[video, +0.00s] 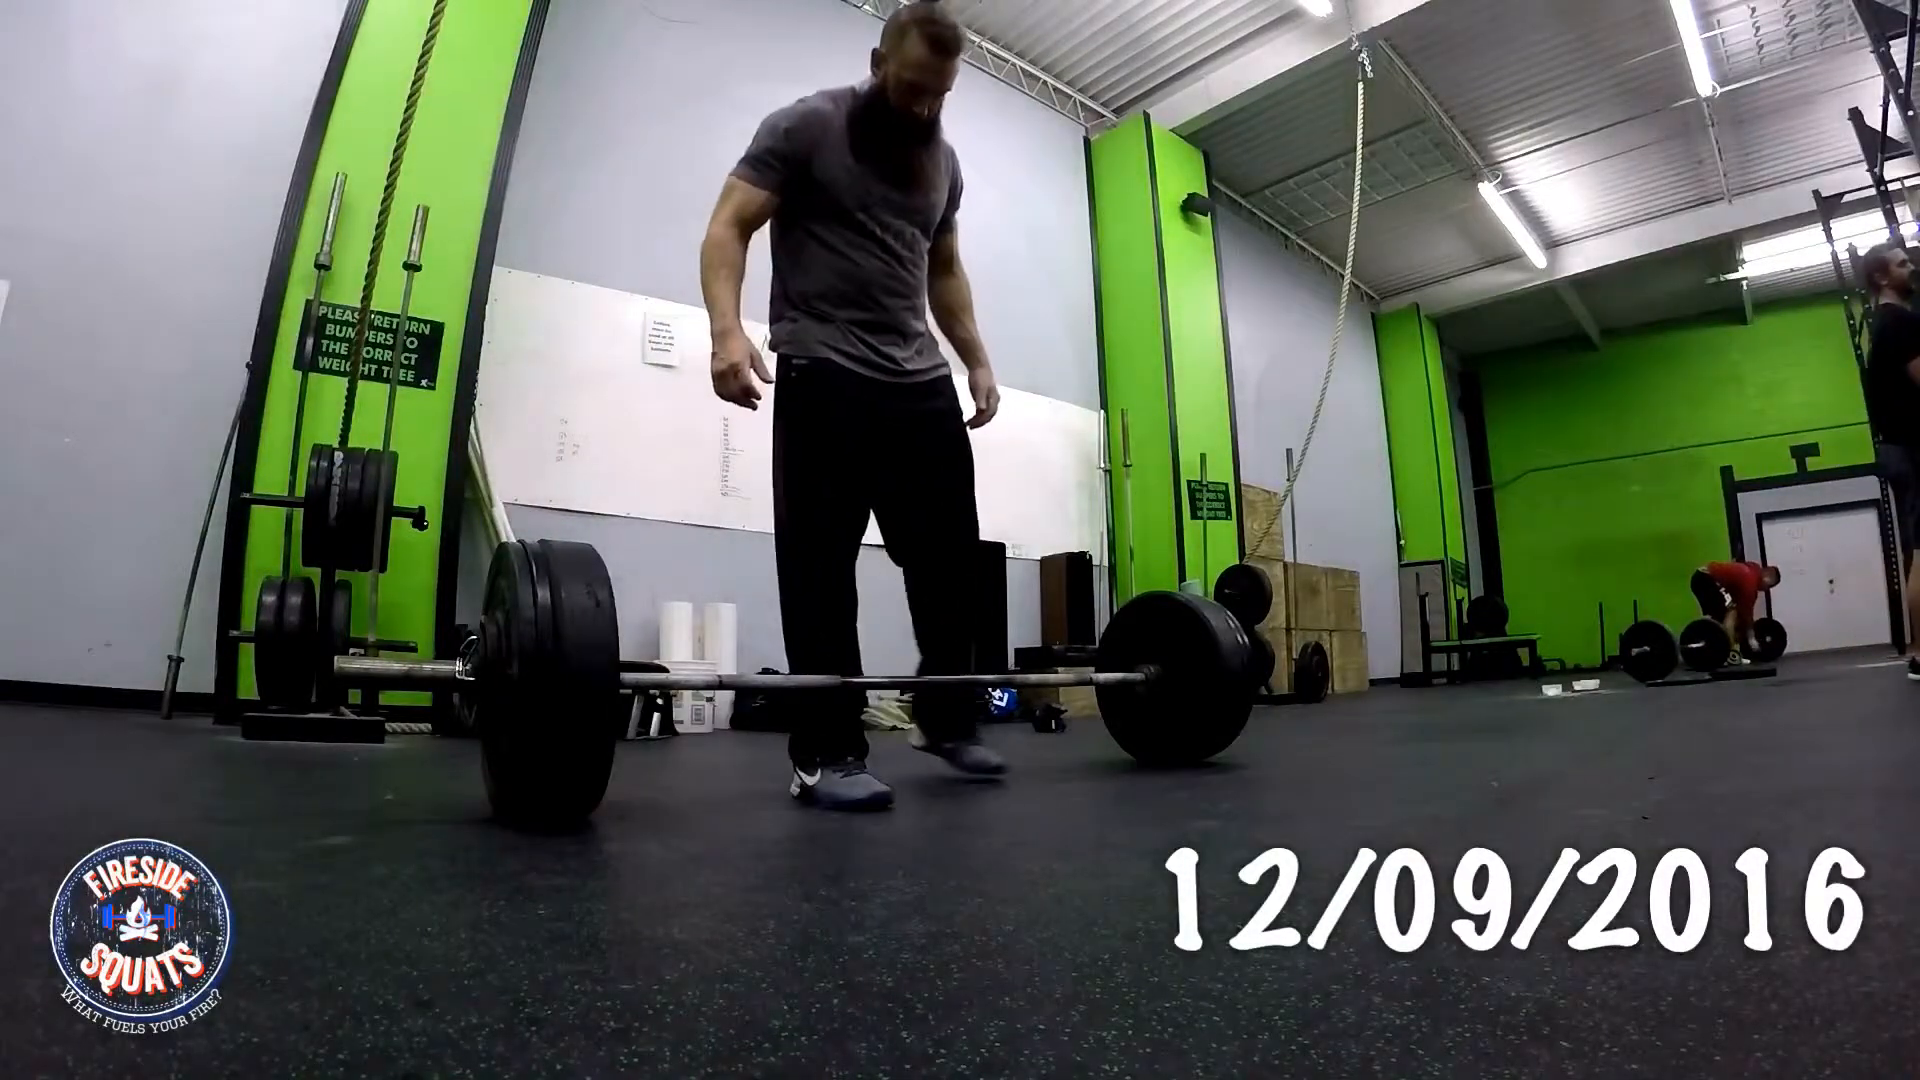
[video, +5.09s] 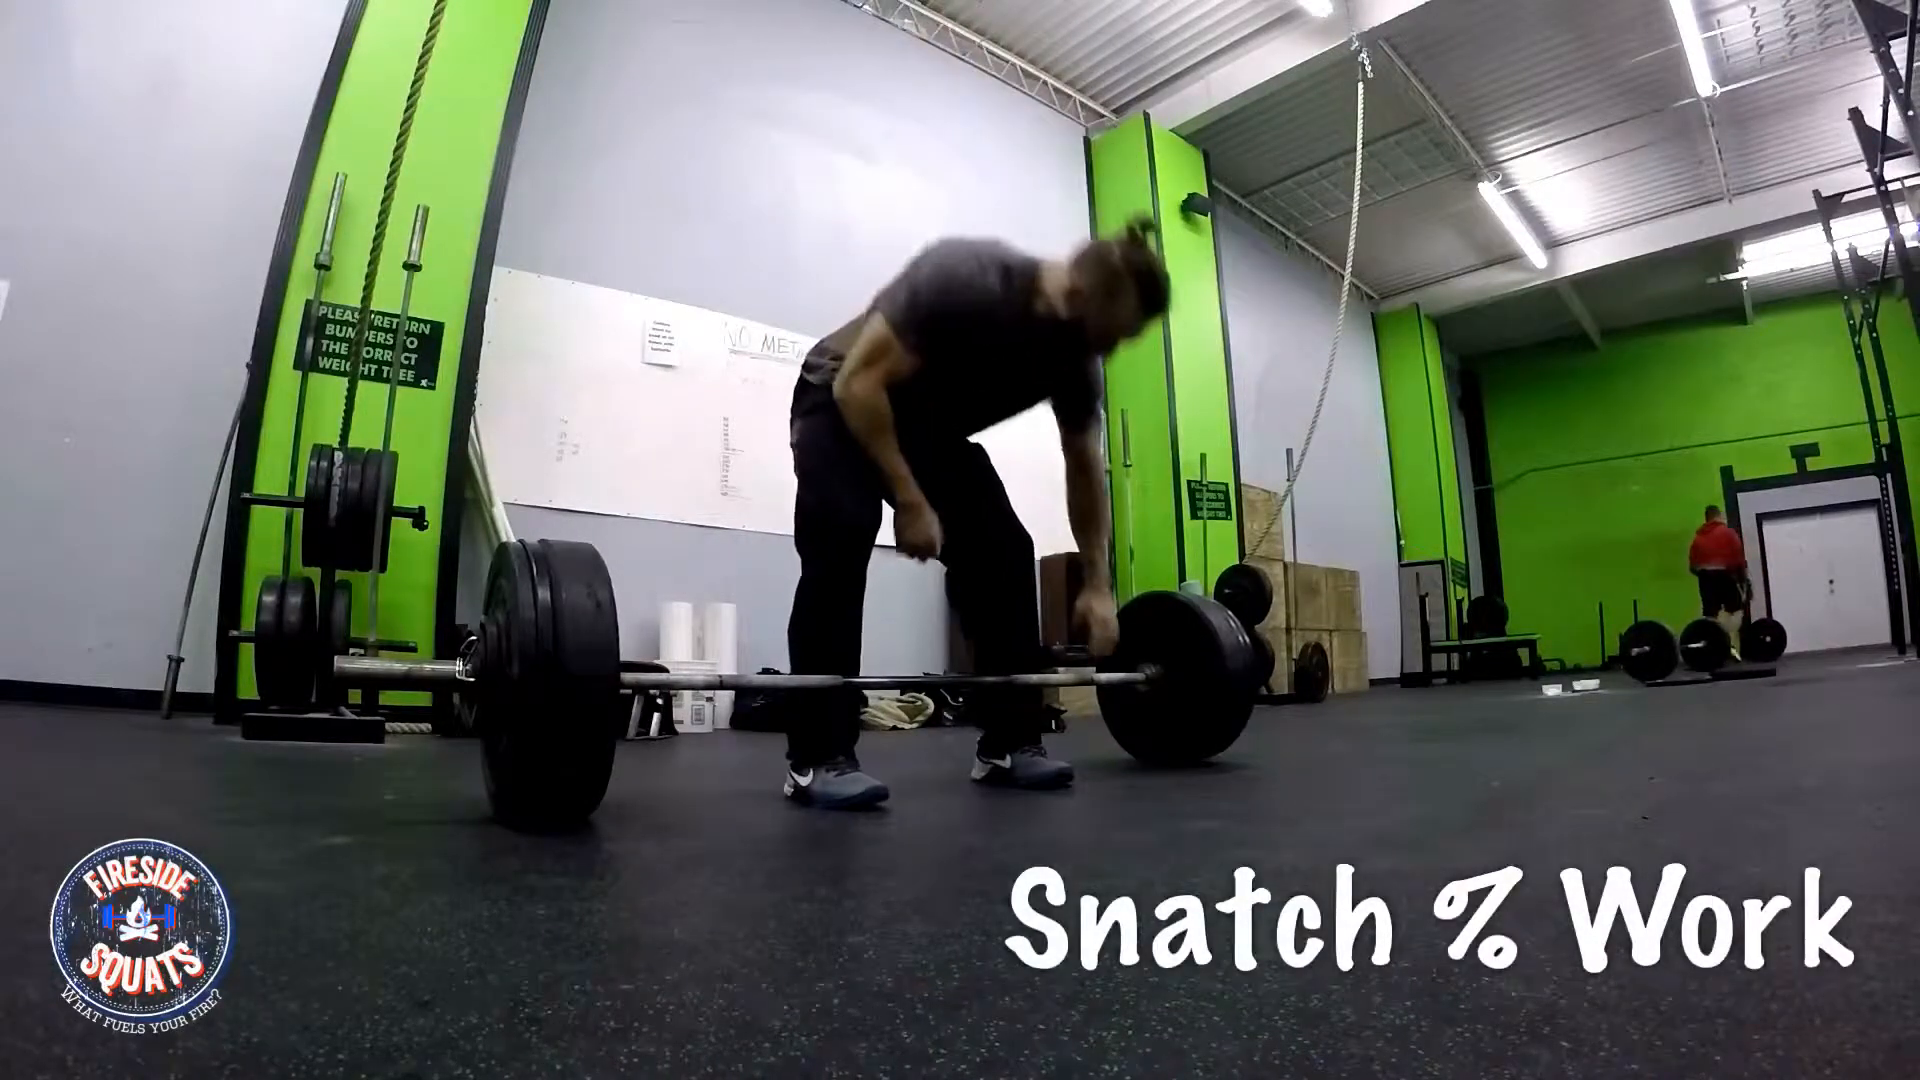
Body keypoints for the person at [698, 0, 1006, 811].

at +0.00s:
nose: (927, 104)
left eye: (940, 91)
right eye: (914, 87)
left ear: (953, 77)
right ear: (880, 60)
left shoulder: (941, 158)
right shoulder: (807, 126)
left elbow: (945, 269)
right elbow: (729, 226)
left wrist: (977, 361)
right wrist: (726, 329)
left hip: (916, 383)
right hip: (820, 377)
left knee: (947, 556)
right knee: (820, 569)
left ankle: (950, 725)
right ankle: (826, 758)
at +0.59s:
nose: (1029, 136)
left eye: (1044, 127)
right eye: (1023, 116)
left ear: (1058, 122)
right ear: (995, 87)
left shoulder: (1033, 201)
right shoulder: (908, 134)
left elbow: (1029, 305)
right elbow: (817, 213)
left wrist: (1052, 397)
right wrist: (789, 315)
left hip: (964, 396)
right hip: (868, 378)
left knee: (978, 570)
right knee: (841, 565)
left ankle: (1004, 748)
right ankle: (824, 756)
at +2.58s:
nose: (1009, 50)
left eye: (1017, 41)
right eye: (995, 34)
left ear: (1020, 57)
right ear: (951, 40)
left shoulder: (1007, 168)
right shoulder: (885, 112)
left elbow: (1010, 285)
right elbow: (809, 204)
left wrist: (1053, 372)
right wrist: (816, 302)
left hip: (967, 390)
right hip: (870, 373)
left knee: (980, 569)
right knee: (843, 564)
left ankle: (1004, 747)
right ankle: (820, 758)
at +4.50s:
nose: (996, 66)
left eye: (1004, 59)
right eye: (982, 51)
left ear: (1006, 77)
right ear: (939, 58)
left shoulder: (1009, 177)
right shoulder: (880, 125)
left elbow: (1016, 280)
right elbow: (792, 210)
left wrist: (1022, 342)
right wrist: (837, 290)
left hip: (959, 388)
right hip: (865, 375)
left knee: (994, 551)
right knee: (840, 560)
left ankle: (1006, 744)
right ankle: (819, 758)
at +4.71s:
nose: (1038, 137)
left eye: (1052, 126)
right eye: (1032, 116)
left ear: (1059, 130)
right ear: (997, 95)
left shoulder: (1032, 224)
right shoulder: (909, 154)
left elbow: (1031, 322)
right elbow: (806, 243)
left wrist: (1027, 394)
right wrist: (862, 332)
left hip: (937, 403)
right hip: (846, 388)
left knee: (994, 550)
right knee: (833, 562)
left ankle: (1008, 743)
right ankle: (818, 758)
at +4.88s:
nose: (1078, 225)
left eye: (1089, 213)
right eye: (1075, 206)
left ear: (1092, 203)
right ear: (1040, 172)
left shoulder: (1050, 278)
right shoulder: (933, 202)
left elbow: (1054, 385)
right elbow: (835, 309)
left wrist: (1057, 482)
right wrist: (898, 409)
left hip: (928, 410)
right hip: (843, 388)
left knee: (993, 553)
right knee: (832, 558)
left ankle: (1006, 745)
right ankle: (818, 759)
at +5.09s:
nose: (1111, 346)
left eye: (1122, 336)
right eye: (1110, 329)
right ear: (1079, 289)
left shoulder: (1076, 355)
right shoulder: (961, 275)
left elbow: (1084, 465)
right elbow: (856, 383)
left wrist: (1097, 583)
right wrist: (908, 502)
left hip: (934, 425)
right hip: (845, 399)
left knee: (1001, 552)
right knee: (838, 558)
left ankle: (1008, 745)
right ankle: (819, 760)